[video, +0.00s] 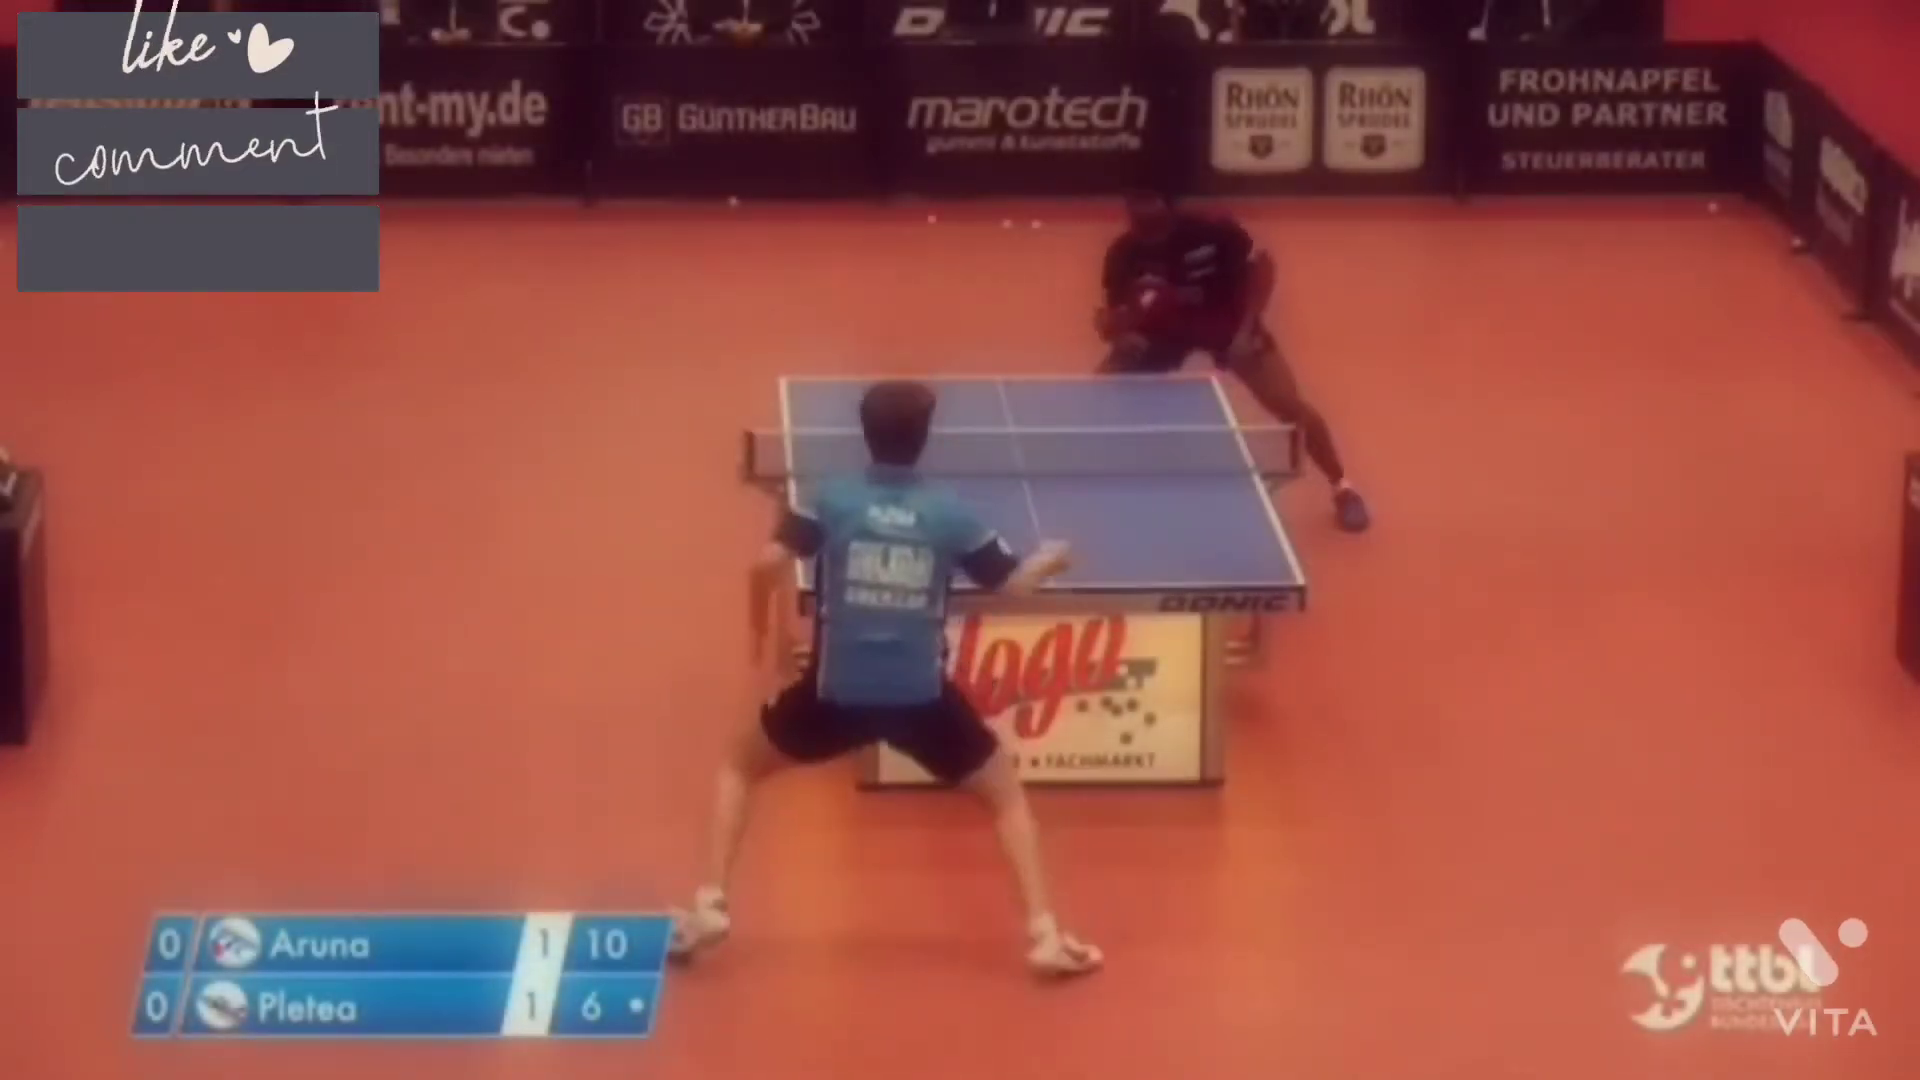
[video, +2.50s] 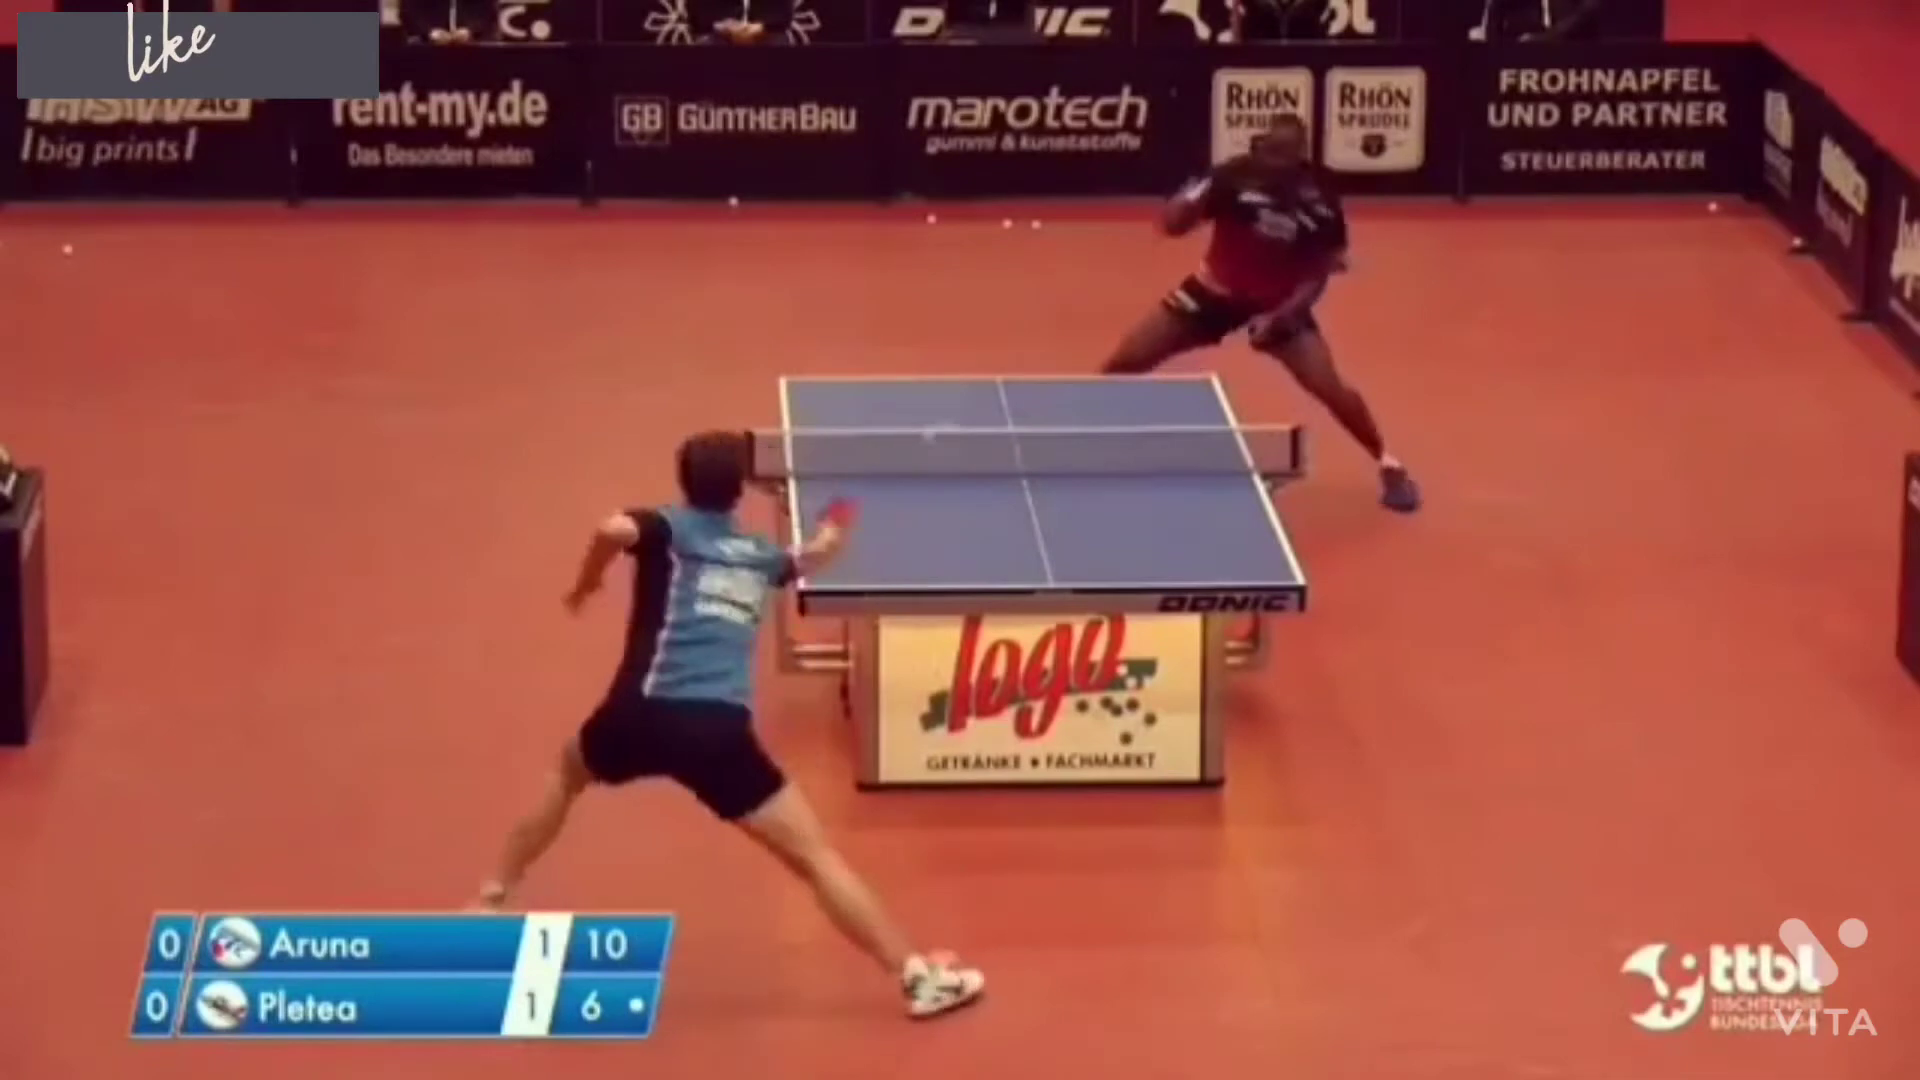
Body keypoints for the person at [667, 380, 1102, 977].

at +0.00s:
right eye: (919, 427)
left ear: (866, 436)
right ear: (923, 438)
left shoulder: (834, 498)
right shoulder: (943, 511)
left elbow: (783, 554)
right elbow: (1006, 584)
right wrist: (1046, 563)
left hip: (838, 695)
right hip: (919, 698)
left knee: (741, 764)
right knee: (1005, 792)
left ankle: (711, 900)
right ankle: (1046, 935)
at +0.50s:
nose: (769, 568)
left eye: (770, 557)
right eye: (767, 559)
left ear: (710, 543)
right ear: (749, 569)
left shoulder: (697, 578)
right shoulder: (668, 617)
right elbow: (604, 704)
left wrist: (761, 645)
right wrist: (617, 780)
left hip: (561, 722)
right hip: (597, 740)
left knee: (495, 828)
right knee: (734, 816)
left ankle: (364, 898)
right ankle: (723, 973)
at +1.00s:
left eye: (498, 528)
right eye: (539, 518)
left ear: (494, 537)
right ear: (551, 525)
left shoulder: (481, 611)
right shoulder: (594, 588)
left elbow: (471, 698)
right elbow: (682, 592)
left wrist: (460, 784)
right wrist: (653, 509)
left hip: (515, 795)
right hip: (592, 788)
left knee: (426, 832)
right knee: (700, 869)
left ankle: (342, 928)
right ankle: (704, 975)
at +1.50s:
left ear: (749, 516)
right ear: (808, 524)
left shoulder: (709, 570)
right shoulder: (829, 598)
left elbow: (624, 597)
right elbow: (894, 650)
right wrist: (844, 634)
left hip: (693, 763)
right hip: (777, 770)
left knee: (604, 836)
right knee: (883, 852)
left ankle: (549, 962)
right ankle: (923, 1003)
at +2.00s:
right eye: (798, 474)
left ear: (741, 481)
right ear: (802, 484)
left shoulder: (706, 547)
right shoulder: (829, 561)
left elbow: (633, 587)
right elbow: (884, 632)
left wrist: (652, 624)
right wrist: (882, 592)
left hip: (709, 745)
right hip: (800, 746)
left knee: (611, 834)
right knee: (892, 834)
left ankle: (547, 960)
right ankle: (943, 975)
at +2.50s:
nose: (743, 488)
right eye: (744, 479)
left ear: (686, 483)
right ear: (740, 490)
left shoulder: (666, 525)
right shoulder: (762, 553)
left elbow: (610, 532)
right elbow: (805, 563)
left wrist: (585, 585)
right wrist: (831, 539)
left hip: (638, 718)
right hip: (719, 732)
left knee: (567, 779)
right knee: (816, 858)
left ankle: (497, 889)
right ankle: (916, 973)